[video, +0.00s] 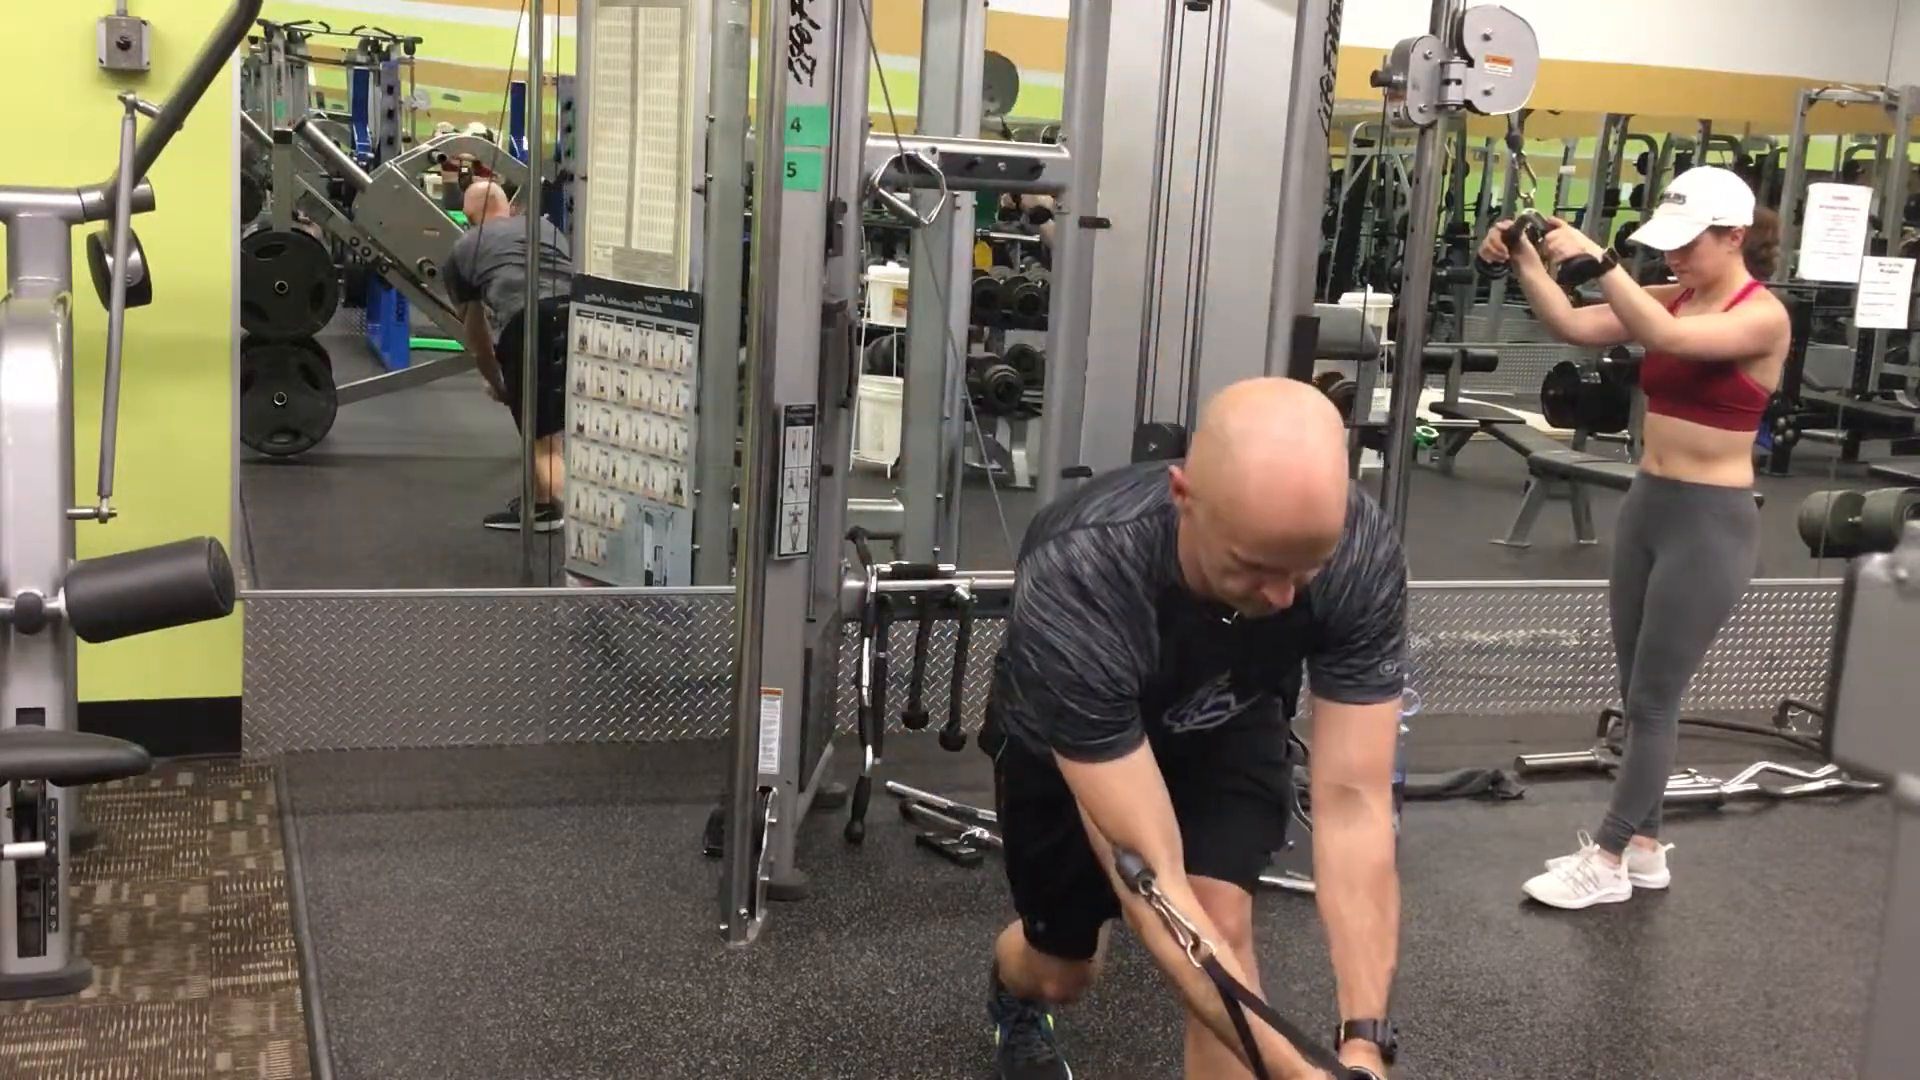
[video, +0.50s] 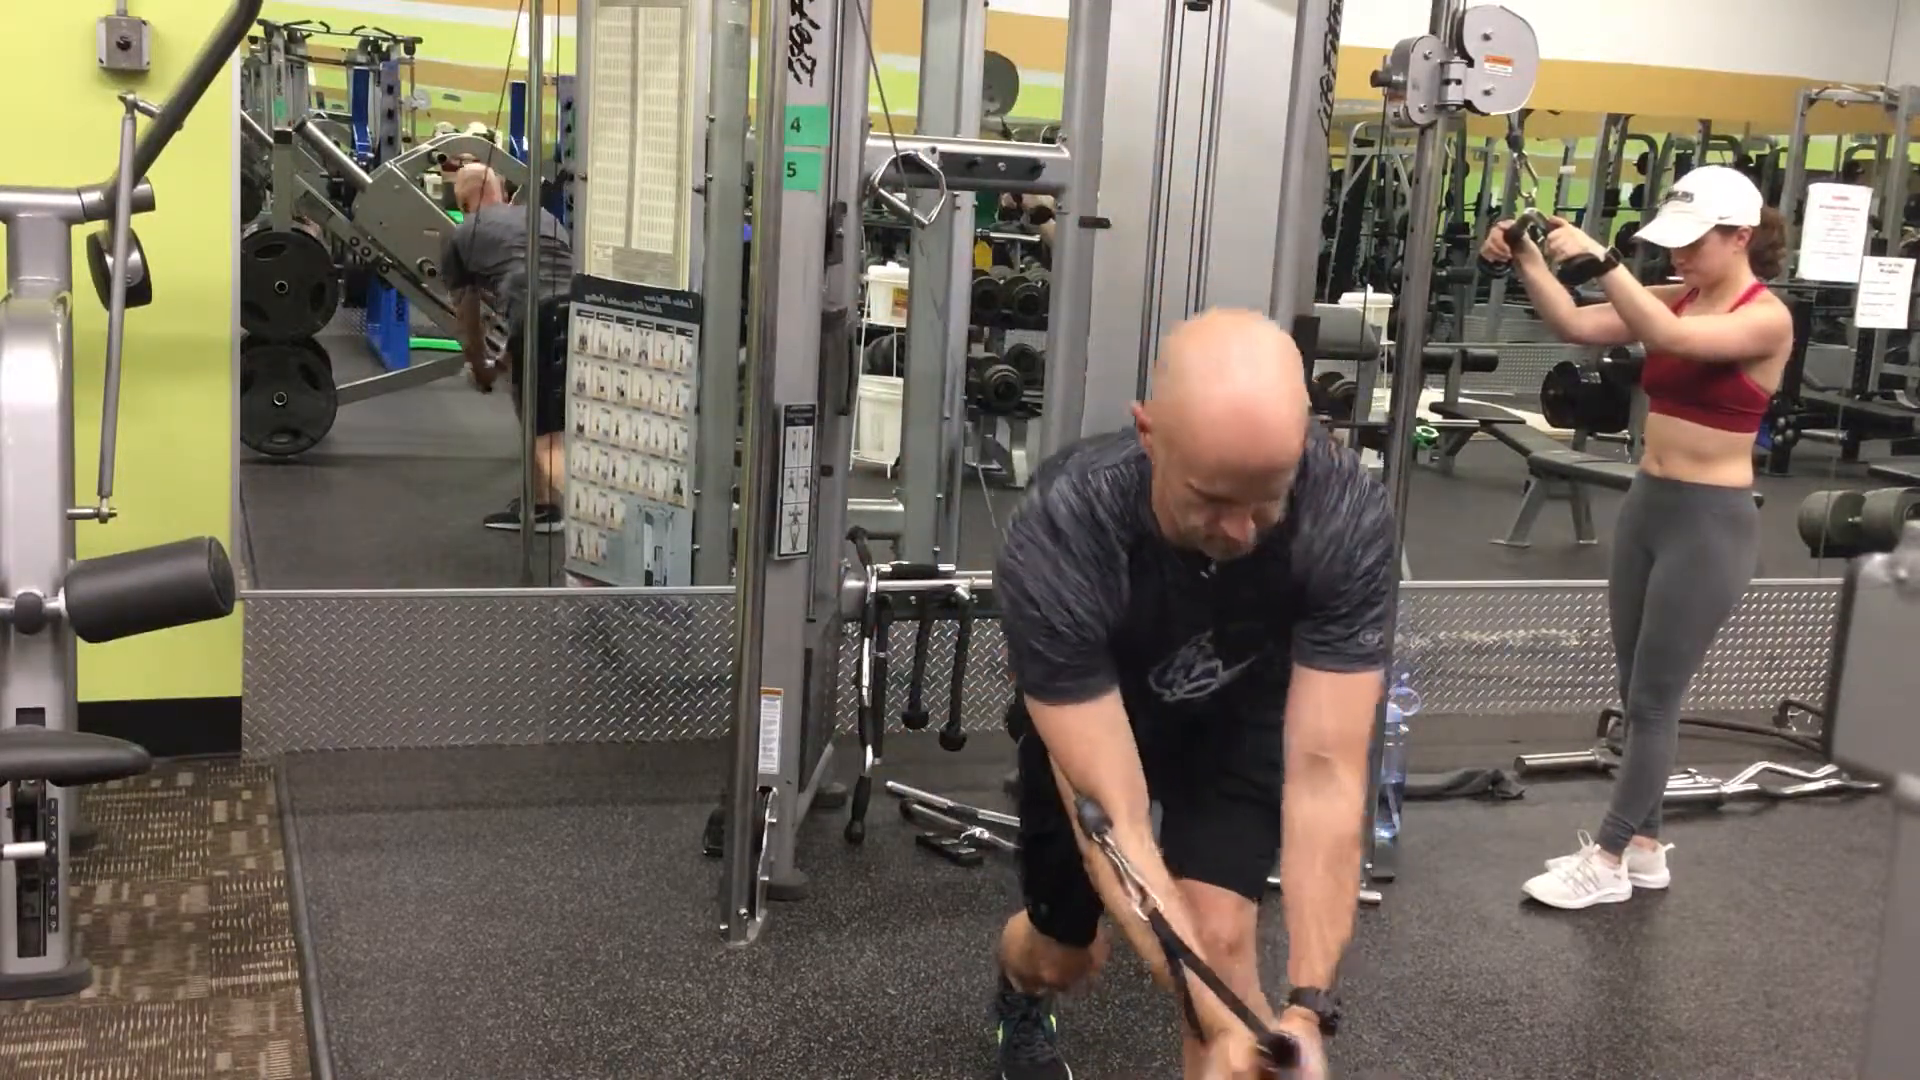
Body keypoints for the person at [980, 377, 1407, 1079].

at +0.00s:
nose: (1282, 596)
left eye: (1305, 566)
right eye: (1250, 568)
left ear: (1336, 510)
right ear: (1183, 496)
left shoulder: (1360, 557)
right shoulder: (1079, 576)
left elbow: (1354, 800)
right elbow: (1148, 873)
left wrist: (1363, 1039)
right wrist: (1288, 1064)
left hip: (1230, 717)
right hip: (1077, 719)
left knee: (1223, 921)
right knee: (1064, 974)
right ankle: (1014, 992)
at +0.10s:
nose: (1279, 593)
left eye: (1303, 562)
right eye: (1248, 564)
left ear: (1331, 506)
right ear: (1180, 494)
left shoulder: (1358, 556)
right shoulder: (1077, 574)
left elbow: (1351, 801)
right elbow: (1144, 873)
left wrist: (1359, 1038)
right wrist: (1285, 1064)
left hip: (1229, 718)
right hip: (1076, 722)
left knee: (1222, 923)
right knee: (1065, 974)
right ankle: (1013, 989)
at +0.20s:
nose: (1277, 590)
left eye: (1301, 558)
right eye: (1247, 561)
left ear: (1330, 502)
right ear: (1178, 492)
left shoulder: (1357, 554)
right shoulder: (1076, 574)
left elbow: (1351, 799)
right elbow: (1144, 873)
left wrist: (1360, 1036)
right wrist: (1286, 1063)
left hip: (1230, 718)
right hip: (1076, 721)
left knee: (1222, 923)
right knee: (1065, 973)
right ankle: (1014, 995)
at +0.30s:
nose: (1274, 582)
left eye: (1298, 550)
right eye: (1243, 553)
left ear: (1328, 490)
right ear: (1173, 484)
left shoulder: (1356, 547)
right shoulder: (1072, 572)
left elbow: (1351, 795)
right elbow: (1143, 869)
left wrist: (1360, 1032)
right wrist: (1283, 1058)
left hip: (1231, 717)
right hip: (1080, 719)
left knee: (1219, 934)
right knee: (1068, 973)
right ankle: (1012, 989)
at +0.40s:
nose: (1261, 561)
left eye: (1286, 532)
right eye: (1230, 533)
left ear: (1316, 474)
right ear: (1162, 464)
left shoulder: (1352, 538)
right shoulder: (1066, 554)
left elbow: (1346, 786)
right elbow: (1130, 846)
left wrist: (1345, 1017)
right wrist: (1268, 1053)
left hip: (1237, 722)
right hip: (1087, 720)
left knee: (1216, 943)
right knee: (1068, 967)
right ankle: (1014, 986)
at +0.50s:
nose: (1241, 530)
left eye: (1267, 499)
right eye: (1210, 500)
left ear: (1298, 444)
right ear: (1146, 434)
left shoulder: (1346, 518)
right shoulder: (1058, 535)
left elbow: (1328, 770)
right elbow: (1109, 821)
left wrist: (1310, 1004)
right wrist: (1222, 1022)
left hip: (1235, 721)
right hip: (1090, 707)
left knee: (1219, 940)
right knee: (1067, 960)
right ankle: (1020, 992)